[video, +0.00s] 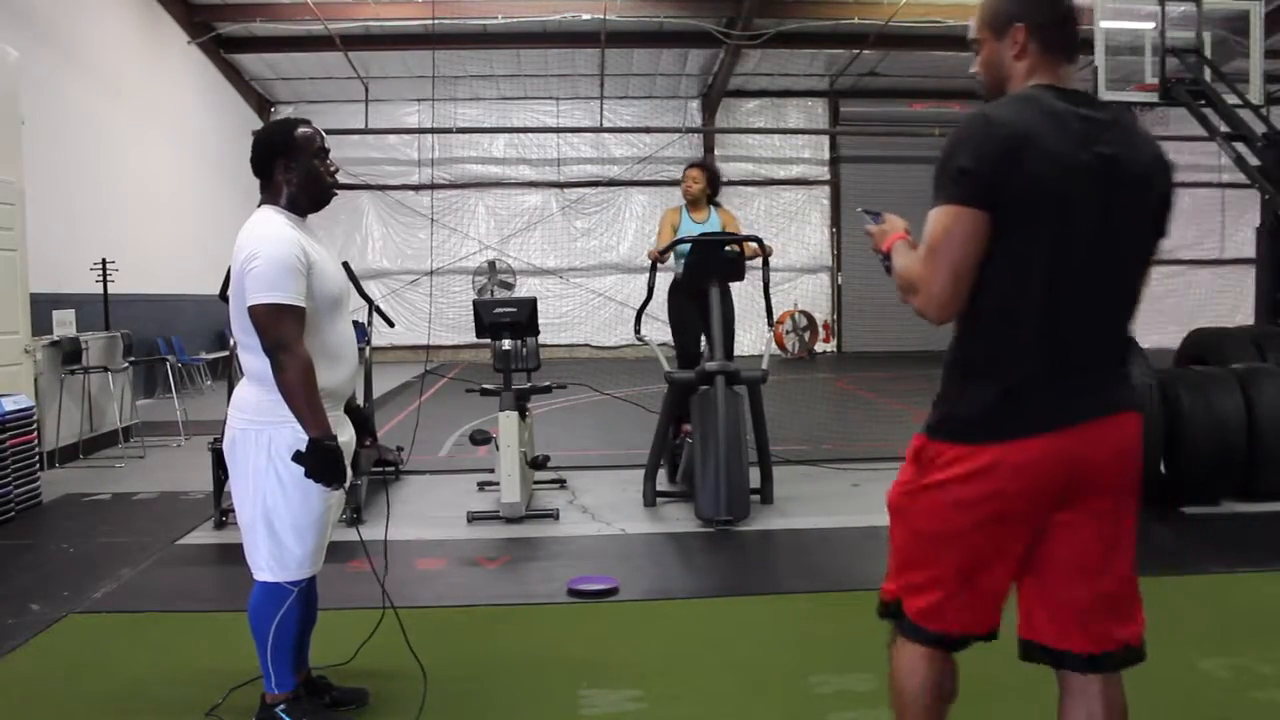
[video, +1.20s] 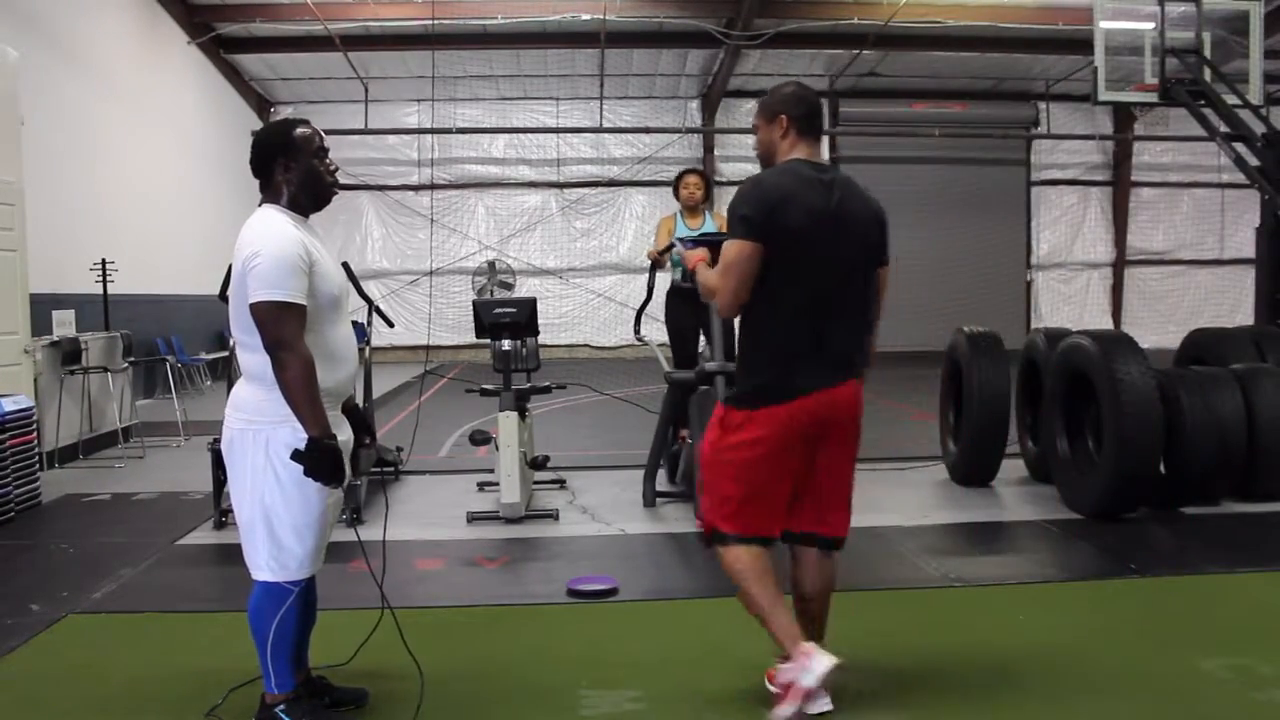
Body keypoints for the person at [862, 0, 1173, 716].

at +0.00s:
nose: (976, 62)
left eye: (980, 45)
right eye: (975, 46)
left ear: (1017, 43)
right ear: (1067, 42)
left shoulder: (990, 133)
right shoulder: (1144, 152)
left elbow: (938, 297)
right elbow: (1118, 294)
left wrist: (899, 251)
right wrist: (955, 251)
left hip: (989, 437)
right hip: (1107, 431)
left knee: (924, 627)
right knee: (1089, 657)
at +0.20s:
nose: (907, 100)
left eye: (911, 84)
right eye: (906, 86)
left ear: (947, 80)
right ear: (990, 80)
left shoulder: (927, 170)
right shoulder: (1067, 177)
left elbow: (883, 321)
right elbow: (1048, 306)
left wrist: (848, 271)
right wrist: (895, 270)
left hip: (938, 441)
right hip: (1047, 432)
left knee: (899, 620)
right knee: (1052, 644)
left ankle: (876, 717)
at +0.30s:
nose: (873, 107)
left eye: (875, 93)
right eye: (871, 94)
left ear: (906, 87)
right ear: (951, 88)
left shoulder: (888, 179)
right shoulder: (1029, 178)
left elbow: (851, 324)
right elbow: (1034, 305)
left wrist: (821, 273)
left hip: (902, 436)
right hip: (1007, 430)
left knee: (874, 614)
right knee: (1020, 626)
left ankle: (870, 715)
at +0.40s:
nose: (844, 111)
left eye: (845, 99)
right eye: (842, 100)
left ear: (871, 93)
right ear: (920, 93)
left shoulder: (852, 182)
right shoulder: (999, 175)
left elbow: (817, 324)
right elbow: (1017, 311)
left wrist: (799, 271)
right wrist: (1015, 406)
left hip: (875, 430)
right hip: (973, 423)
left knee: (860, 605)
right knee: (980, 592)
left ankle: (868, 715)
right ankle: (1022, 711)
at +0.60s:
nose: (813, 111)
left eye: (814, 99)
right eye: (814, 98)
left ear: (831, 95)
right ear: (882, 94)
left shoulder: (809, 180)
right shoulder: (955, 171)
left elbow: (774, 307)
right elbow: (997, 295)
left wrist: (762, 262)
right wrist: (1023, 391)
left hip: (843, 414)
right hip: (930, 402)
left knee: (852, 591)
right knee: (915, 553)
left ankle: (865, 715)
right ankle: (922, 697)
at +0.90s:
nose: (783, 133)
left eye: (784, 123)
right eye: (784, 124)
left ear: (800, 120)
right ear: (851, 121)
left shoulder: (776, 196)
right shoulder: (908, 196)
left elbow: (742, 312)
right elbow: (938, 313)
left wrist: (732, 269)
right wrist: (953, 402)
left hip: (807, 408)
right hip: (880, 404)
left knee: (829, 575)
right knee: (837, 554)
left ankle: (859, 709)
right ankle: (812, 673)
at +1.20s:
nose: (756, 142)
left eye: (759, 131)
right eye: (758, 132)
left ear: (781, 127)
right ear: (813, 130)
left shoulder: (761, 195)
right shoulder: (865, 204)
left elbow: (726, 295)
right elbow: (874, 306)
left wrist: (701, 268)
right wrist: (851, 366)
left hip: (769, 398)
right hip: (841, 394)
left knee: (730, 528)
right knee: (816, 534)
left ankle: (802, 653)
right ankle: (805, 675)